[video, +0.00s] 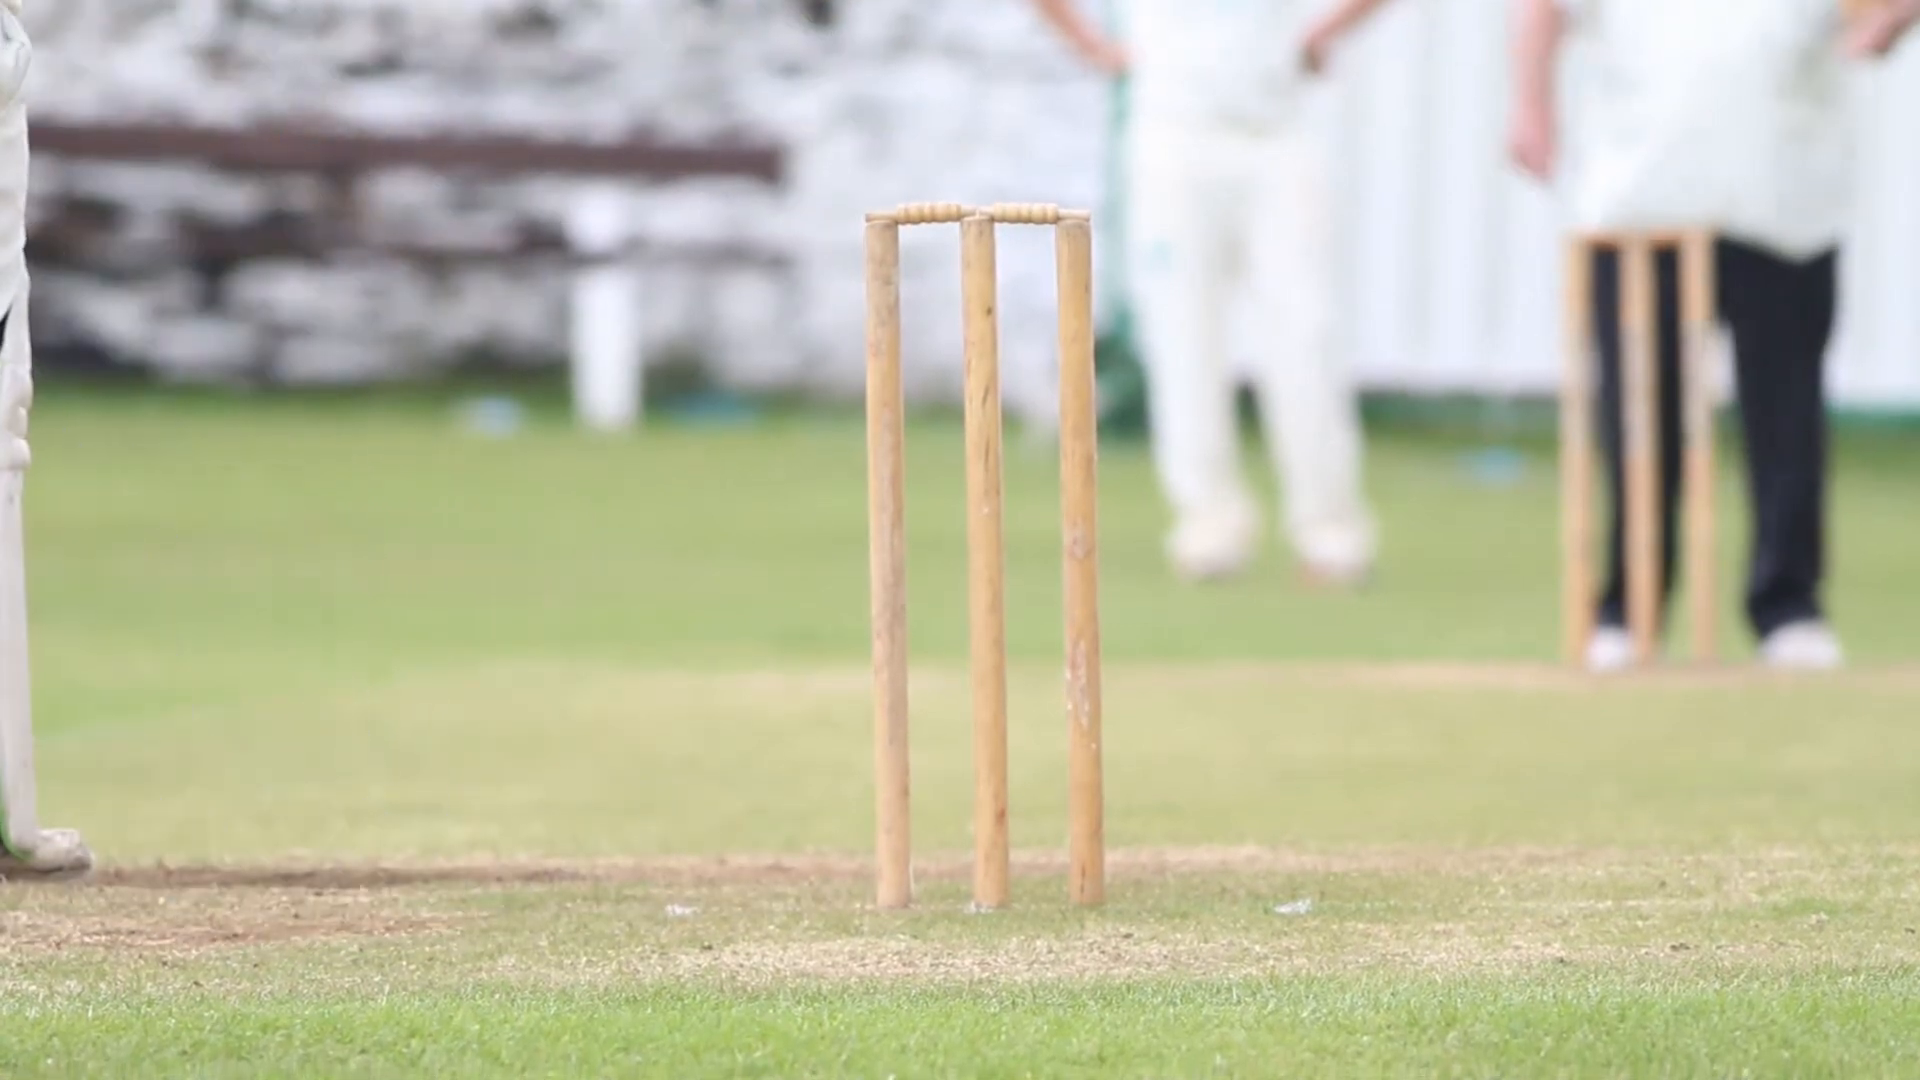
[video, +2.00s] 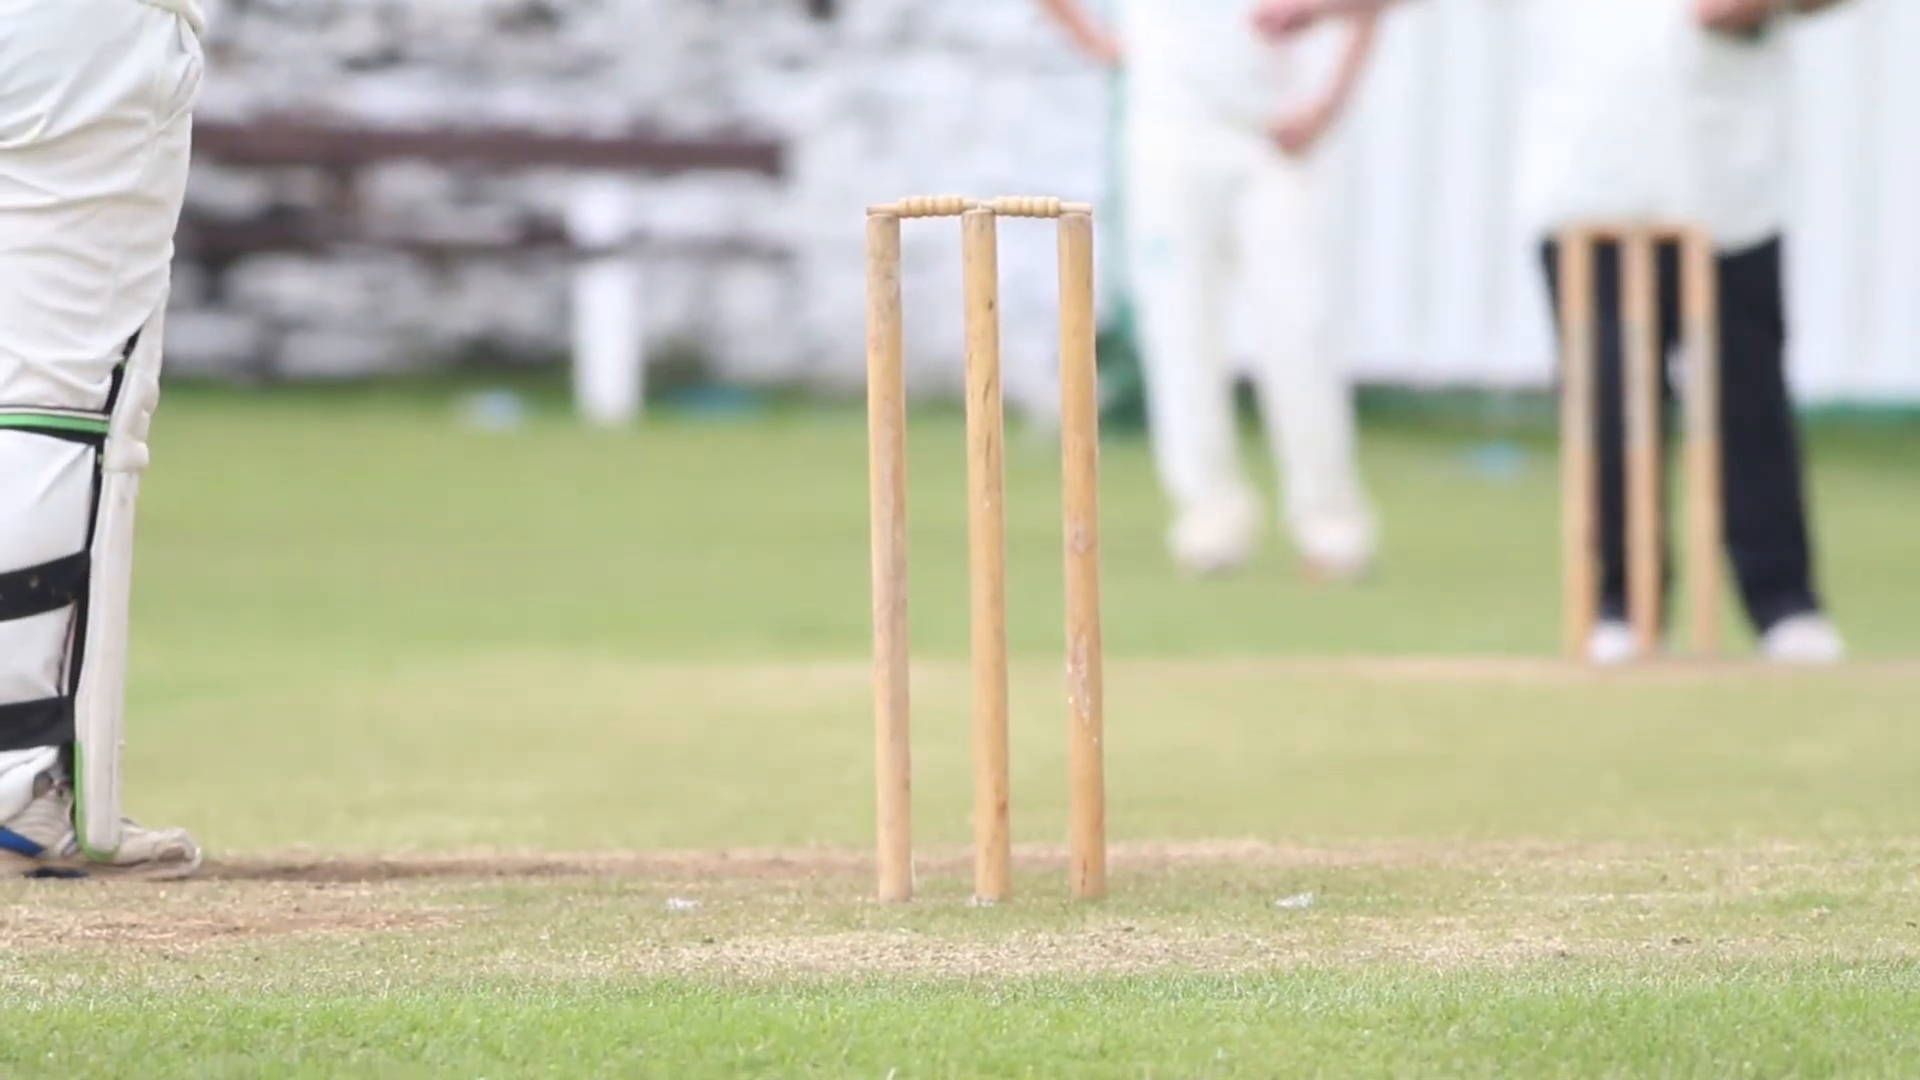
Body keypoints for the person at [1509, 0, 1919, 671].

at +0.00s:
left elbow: (1870, 25)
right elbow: (1544, 7)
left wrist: (1889, 15)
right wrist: (1532, 103)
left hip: (1786, 164)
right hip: (1636, 159)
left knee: (1784, 410)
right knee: (1634, 411)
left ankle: (1790, 614)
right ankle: (1624, 616)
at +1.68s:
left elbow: (1847, 3)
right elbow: (1508, 7)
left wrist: (1791, 9)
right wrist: (1443, 94)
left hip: (1745, 183)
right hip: (1605, 179)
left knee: (1759, 408)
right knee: (1620, 412)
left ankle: (1788, 609)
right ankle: (1621, 613)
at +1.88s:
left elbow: (1828, 5)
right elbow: (1443, 5)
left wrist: (1776, 11)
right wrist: (1356, 31)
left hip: (1733, 176)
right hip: (1594, 176)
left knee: (1756, 407)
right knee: (1615, 415)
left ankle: (1788, 610)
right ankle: (1621, 614)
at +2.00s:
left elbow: (1831, 2)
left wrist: (1769, 8)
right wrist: (1330, 9)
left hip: (1727, 172)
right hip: (1587, 170)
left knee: (1754, 404)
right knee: (1610, 416)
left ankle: (1788, 608)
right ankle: (1618, 613)